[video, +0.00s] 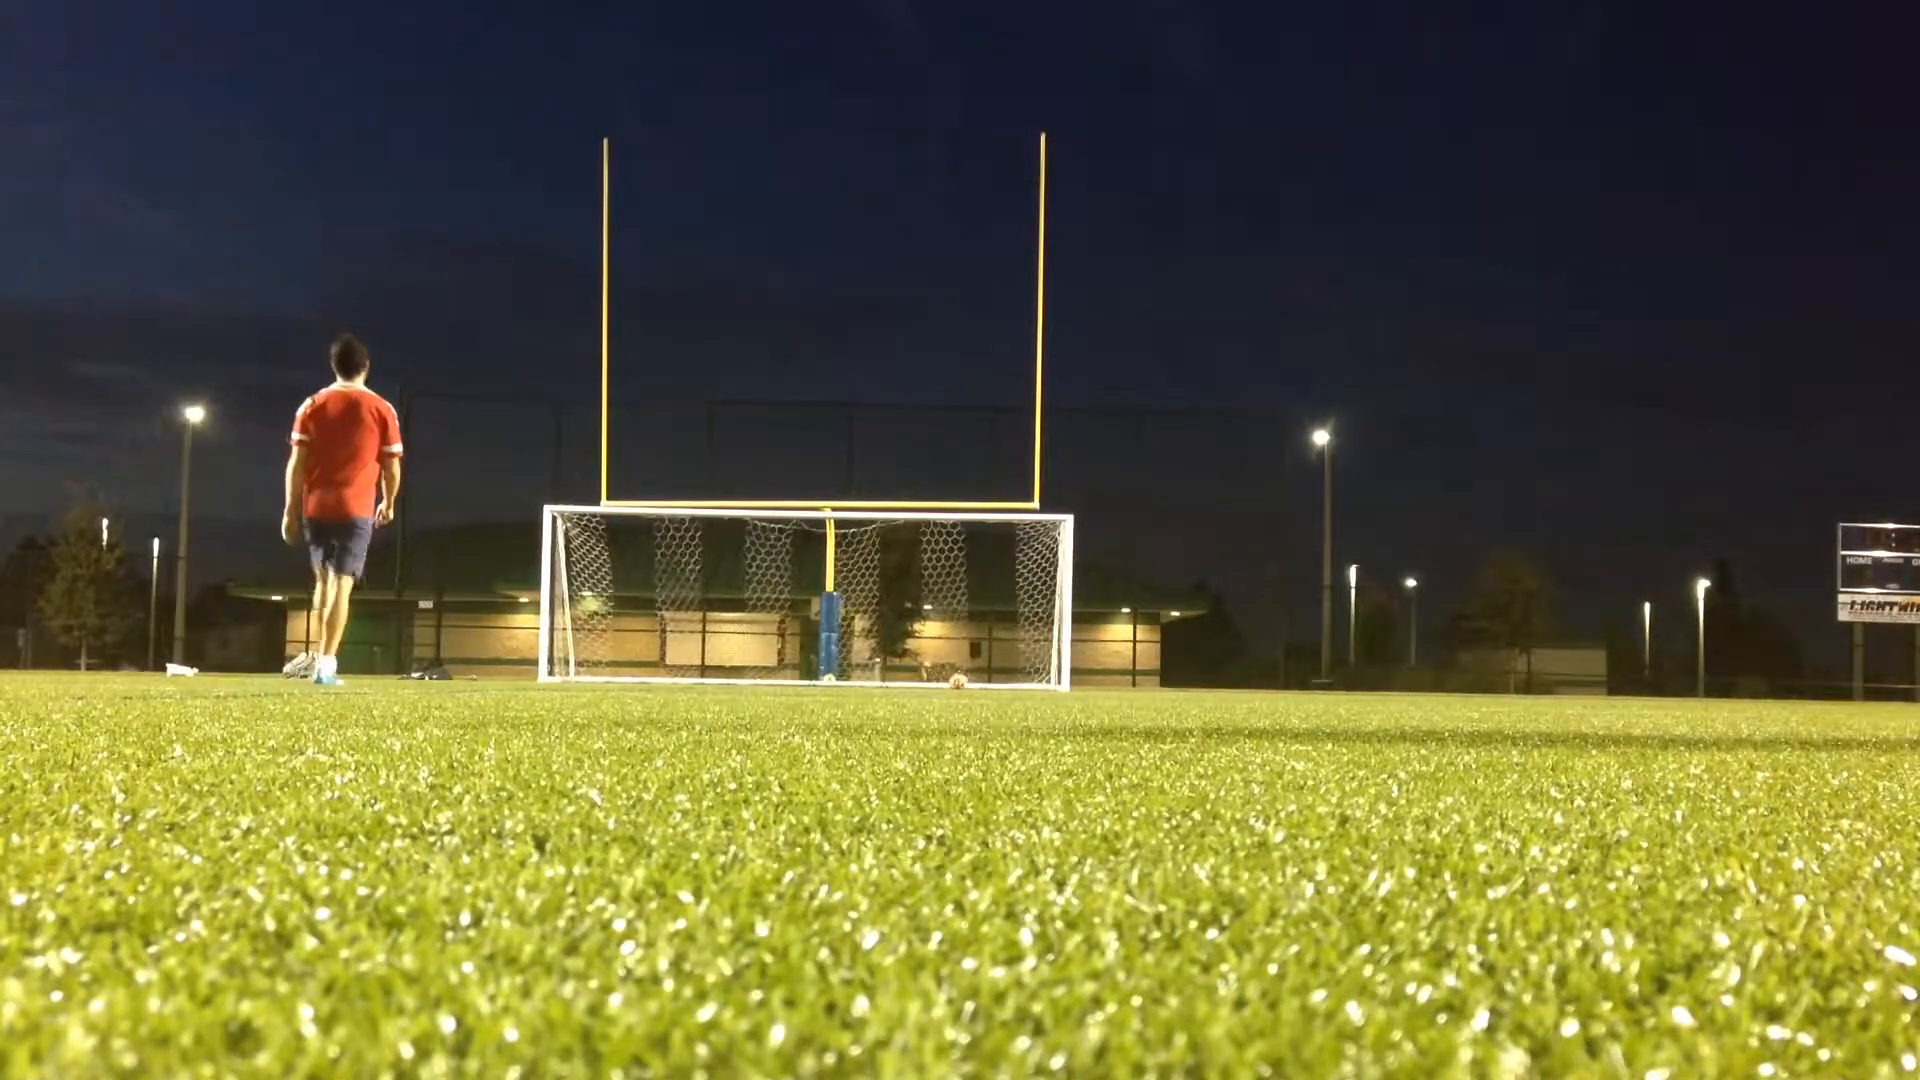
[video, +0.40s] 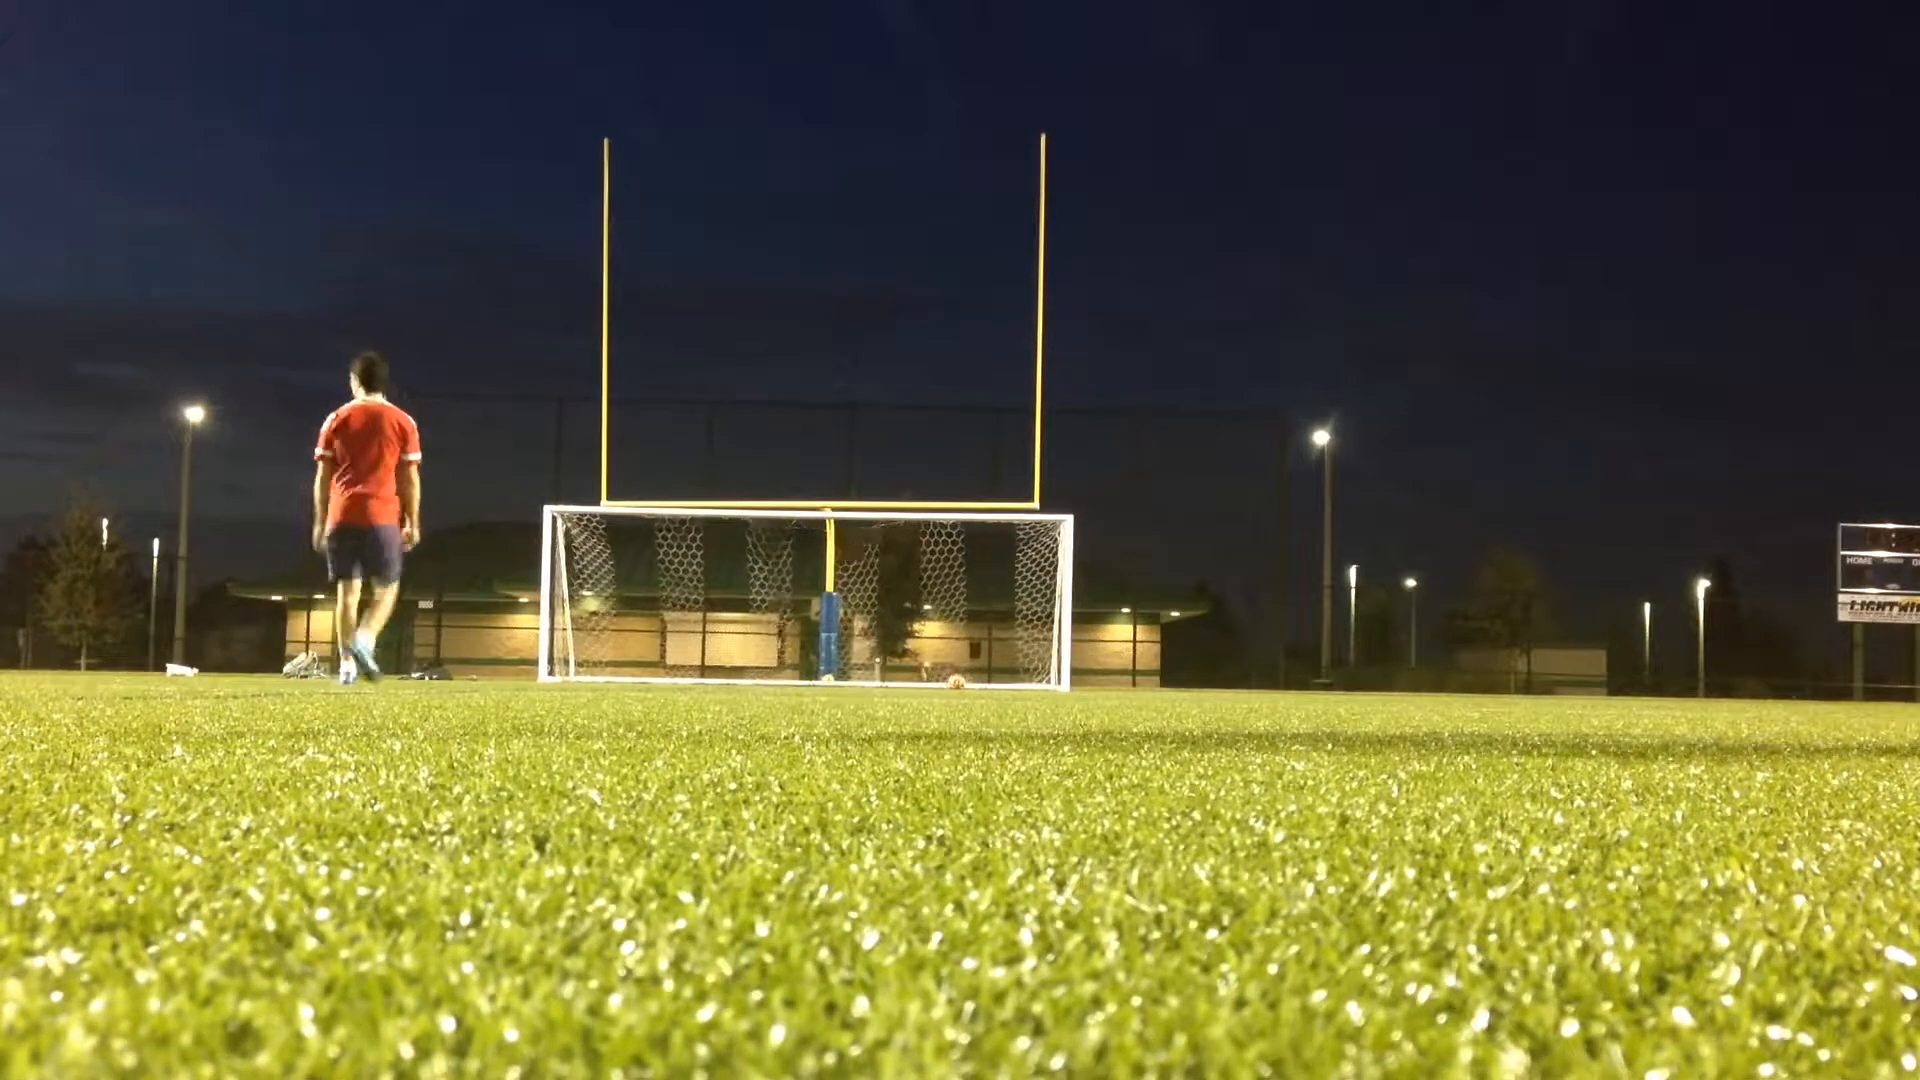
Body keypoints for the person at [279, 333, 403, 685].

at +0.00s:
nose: (358, 370)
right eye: (363, 364)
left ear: (332, 367)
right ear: (366, 367)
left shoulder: (312, 405)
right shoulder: (381, 408)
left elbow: (296, 462)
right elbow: (392, 466)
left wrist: (290, 510)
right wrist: (389, 502)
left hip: (317, 505)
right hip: (358, 507)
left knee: (323, 580)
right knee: (341, 585)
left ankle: (316, 656)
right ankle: (327, 662)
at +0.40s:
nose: (351, 384)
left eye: (352, 379)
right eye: (354, 379)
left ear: (355, 382)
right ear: (384, 382)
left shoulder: (337, 419)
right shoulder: (403, 421)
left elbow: (323, 476)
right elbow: (411, 476)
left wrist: (319, 521)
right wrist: (412, 519)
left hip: (341, 516)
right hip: (383, 517)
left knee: (347, 591)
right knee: (386, 589)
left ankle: (347, 666)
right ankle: (365, 638)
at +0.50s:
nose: (362, 388)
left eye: (363, 383)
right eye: (365, 383)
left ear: (366, 386)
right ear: (395, 387)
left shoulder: (347, 421)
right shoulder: (411, 426)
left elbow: (332, 476)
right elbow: (418, 480)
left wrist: (343, 508)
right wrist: (424, 527)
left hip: (351, 515)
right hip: (392, 518)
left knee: (351, 592)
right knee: (397, 592)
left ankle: (348, 665)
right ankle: (396, 663)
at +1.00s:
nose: (409, 407)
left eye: (410, 403)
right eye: (415, 403)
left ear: (411, 406)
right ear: (439, 407)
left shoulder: (393, 441)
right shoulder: (453, 443)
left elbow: (381, 491)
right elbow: (463, 491)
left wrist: (374, 534)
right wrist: (464, 527)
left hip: (398, 528)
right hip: (434, 529)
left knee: (406, 595)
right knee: (424, 598)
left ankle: (406, 665)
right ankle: (414, 667)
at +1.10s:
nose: (414, 416)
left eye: (414, 411)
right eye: (419, 411)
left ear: (415, 414)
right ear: (442, 414)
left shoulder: (398, 448)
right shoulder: (458, 450)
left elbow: (385, 498)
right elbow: (467, 497)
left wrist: (376, 538)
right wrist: (467, 525)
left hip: (404, 535)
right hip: (438, 535)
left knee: (411, 600)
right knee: (427, 599)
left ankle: (418, 663)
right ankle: (414, 663)